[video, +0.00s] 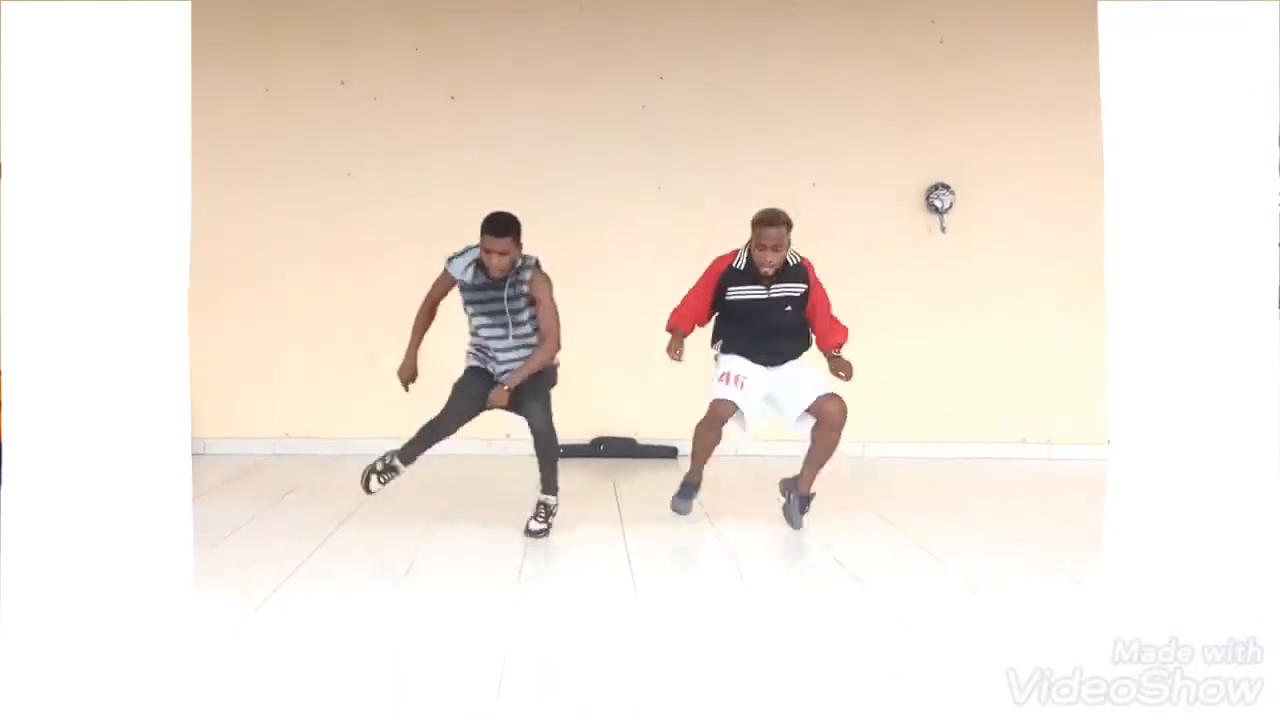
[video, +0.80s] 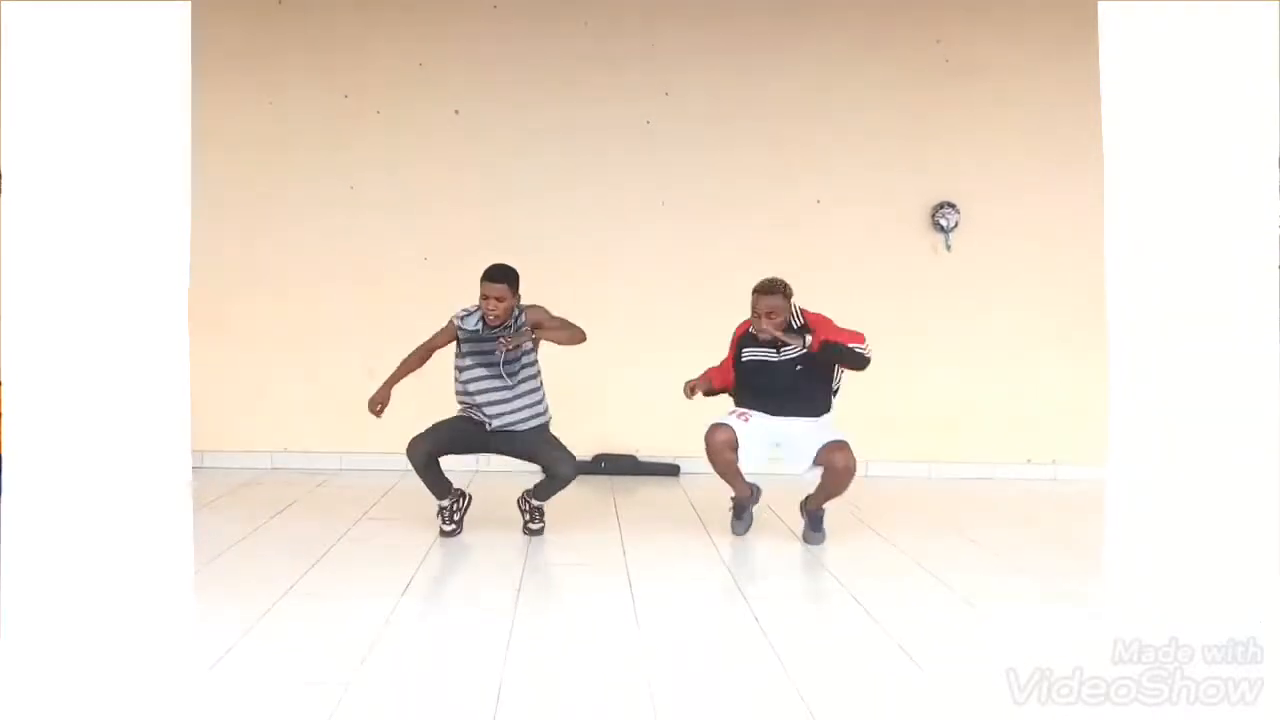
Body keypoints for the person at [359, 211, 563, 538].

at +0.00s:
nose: (495, 262)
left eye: (504, 254)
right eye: (489, 253)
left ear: (518, 249)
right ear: (480, 246)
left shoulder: (534, 279)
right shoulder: (462, 267)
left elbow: (551, 344)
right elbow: (431, 302)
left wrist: (510, 385)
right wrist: (411, 355)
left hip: (530, 368)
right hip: (484, 366)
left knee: (540, 422)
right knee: (449, 420)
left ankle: (548, 499)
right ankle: (397, 461)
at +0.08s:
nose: (501, 261)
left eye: (509, 254)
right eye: (494, 253)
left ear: (523, 250)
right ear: (485, 247)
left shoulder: (538, 284)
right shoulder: (462, 268)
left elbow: (554, 346)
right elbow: (431, 298)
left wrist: (508, 379)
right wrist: (417, 352)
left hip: (526, 366)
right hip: (480, 366)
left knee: (541, 412)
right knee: (441, 419)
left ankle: (569, 484)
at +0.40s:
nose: (493, 290)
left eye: (501, 283)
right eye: (488, 283)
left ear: (518, 280)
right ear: (481, 279)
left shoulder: (533, 303)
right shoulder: (471, 307)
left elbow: (545, 357)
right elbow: (453, 344)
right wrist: (429, 389)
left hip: (525, 407)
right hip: (481, 400)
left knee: (562, 457)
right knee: (442, 427)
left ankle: (527, 495)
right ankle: (427, 481)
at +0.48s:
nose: (490, 319)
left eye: (498, 312)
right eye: (484, 311)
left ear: (514, 309)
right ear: (476, 306)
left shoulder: (530, 332)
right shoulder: (467, 328)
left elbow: (548, 391)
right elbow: (447, 372)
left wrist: (511, 436)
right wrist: (424, 419)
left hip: (528, 419)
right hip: (487, 414)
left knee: (557, 464)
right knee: (442, 432)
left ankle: (532, 499)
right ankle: (450, 487)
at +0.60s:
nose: (489, 347)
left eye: (498, 340)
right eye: (483, 339)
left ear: (512, 338)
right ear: (475, 336)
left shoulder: (532, 362)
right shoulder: (460, 359)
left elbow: (577, 398)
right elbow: (430, 396)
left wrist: (544, 433)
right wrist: (407, 437)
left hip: (524, 438)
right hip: (481, 437)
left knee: (552, 469)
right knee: (428, 447)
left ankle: (544, 504)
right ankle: (461, 505)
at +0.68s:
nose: (486, 346)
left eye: (495, 339)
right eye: (481, 338)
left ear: (510, 339)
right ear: (474, 335)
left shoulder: (531, 361)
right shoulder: (457, 363)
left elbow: (590, 371)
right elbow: (414, 390)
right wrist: (373, 421)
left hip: (523, 449)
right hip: (476, 446)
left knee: (556, 473)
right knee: (421, 448)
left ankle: (537, 504)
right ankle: (457, 503)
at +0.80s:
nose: (490, 306)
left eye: (499, 299)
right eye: (485, 298)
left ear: (515, 298)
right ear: (479, 294)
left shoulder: (531, 318)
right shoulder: (463, 324)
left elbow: (578, 335)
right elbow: (424, 351)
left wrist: (534, 333)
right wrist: (387, 386)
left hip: (526, 429)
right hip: (476, 425)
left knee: (566, 469)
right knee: (418, 450)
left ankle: (533, 500)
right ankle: (450, 500)